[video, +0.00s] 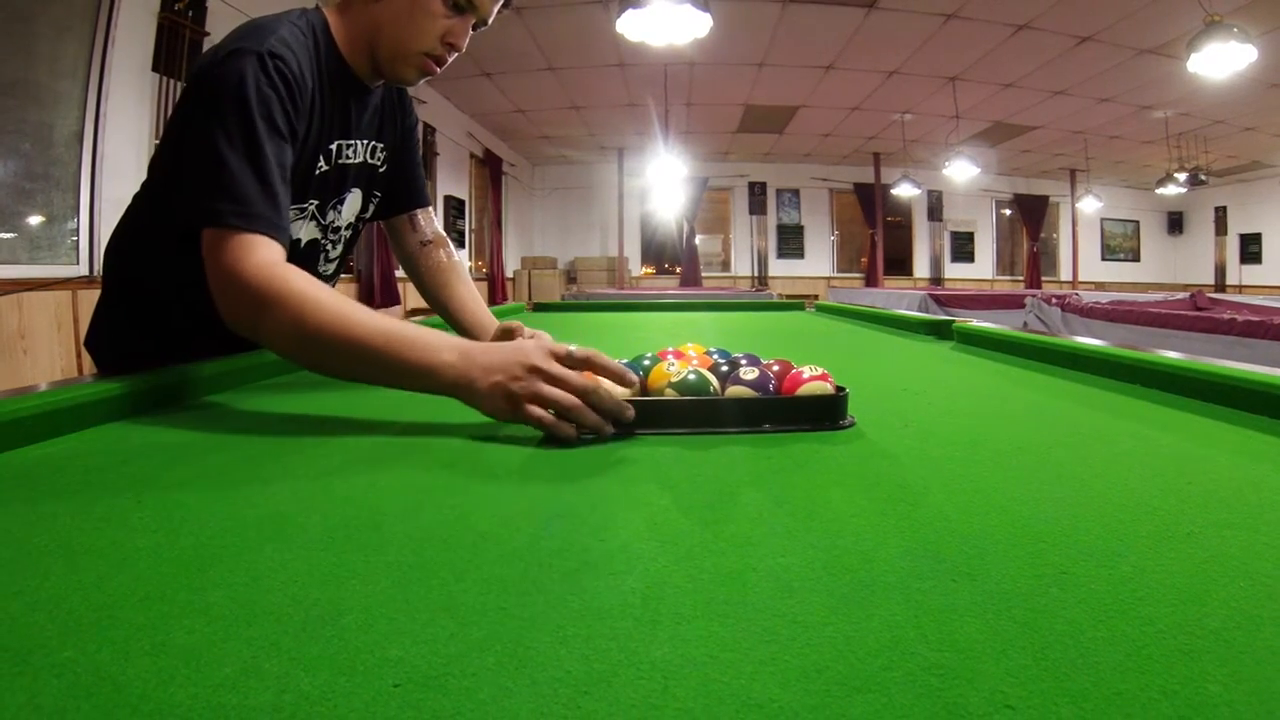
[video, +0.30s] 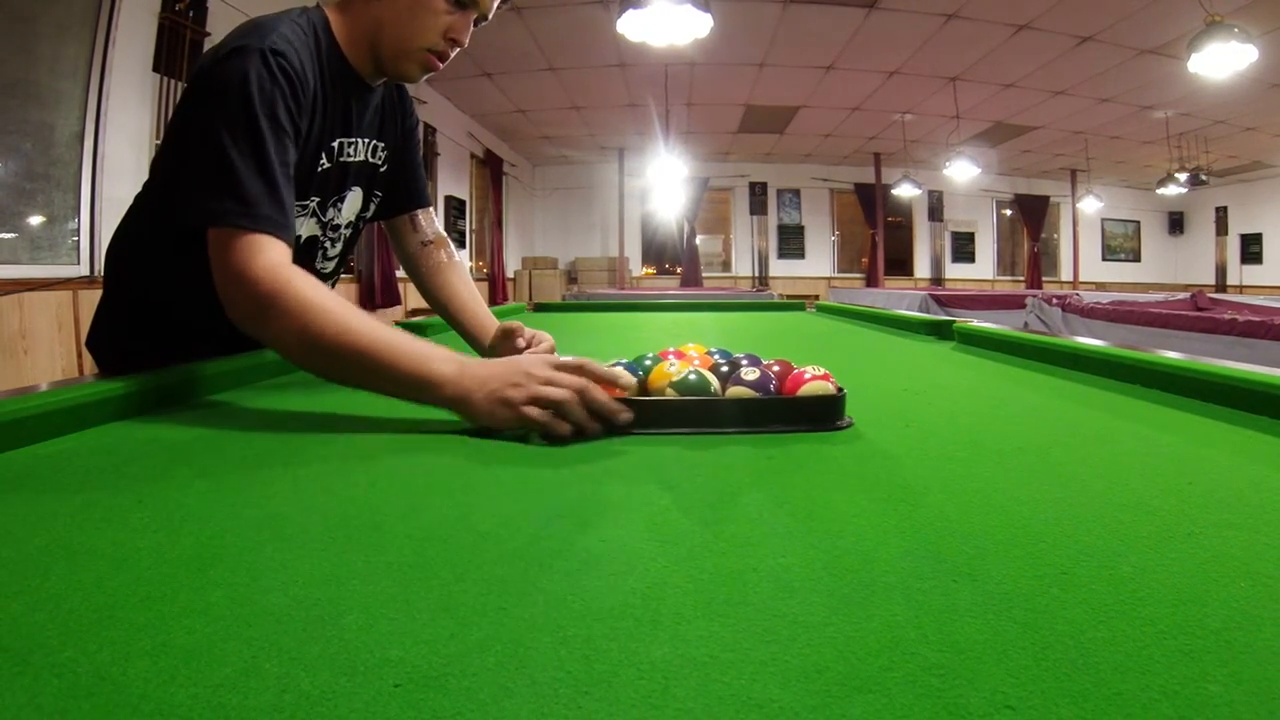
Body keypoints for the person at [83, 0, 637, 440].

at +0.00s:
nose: (462, 43)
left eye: (475, 29)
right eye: (458, 11)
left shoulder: (388, 98)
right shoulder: (262, 63)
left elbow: (423, 241)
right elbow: (248, 281)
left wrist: (491, 336)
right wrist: (465, 368)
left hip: (269, 351)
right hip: (159, 359)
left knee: (250, 550)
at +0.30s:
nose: (463, 39)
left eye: (476, 22)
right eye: (459, 7)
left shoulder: (390, 95)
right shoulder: (264, 62)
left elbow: (423, 240)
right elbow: (256, 283)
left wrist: (492, 336)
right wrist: (466, 381)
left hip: (269, 352)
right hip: (159, 360)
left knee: (248, 551)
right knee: (148, 560)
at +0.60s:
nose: (461, 31)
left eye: (470, 14)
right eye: (453, 2)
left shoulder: (389, 101)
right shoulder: (260, 63)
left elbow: (421, 239)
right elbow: (281, 284)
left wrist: (489, 333)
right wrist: (493, 373)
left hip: (275, 355)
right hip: (162, 362)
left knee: (252, 554)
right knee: (146, 564)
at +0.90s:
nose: (460, 24)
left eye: (469, 9)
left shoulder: (385, 99)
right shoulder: (261, 64)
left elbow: (420, 239)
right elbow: (276, 285)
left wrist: (487, 334)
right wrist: (485, 375)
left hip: (267, 353)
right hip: (156, 359)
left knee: (245, 549)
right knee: (142, 560)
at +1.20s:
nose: (447, 17)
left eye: (455, 4)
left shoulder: (378, 93)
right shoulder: (255, 51)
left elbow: (418, 234)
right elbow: (271, 266)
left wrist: (485, 334)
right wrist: (463, 386)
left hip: (268, 352)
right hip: (156, 355)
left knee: (246, 545)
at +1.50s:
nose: (441, 14)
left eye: (450, 1)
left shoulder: (378, 87)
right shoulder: (247, 50)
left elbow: (442, 222)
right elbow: (273, 258)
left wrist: (527, 335)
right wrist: (467, 384)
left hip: (271, 348)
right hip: (158, 353)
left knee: (255, 540)